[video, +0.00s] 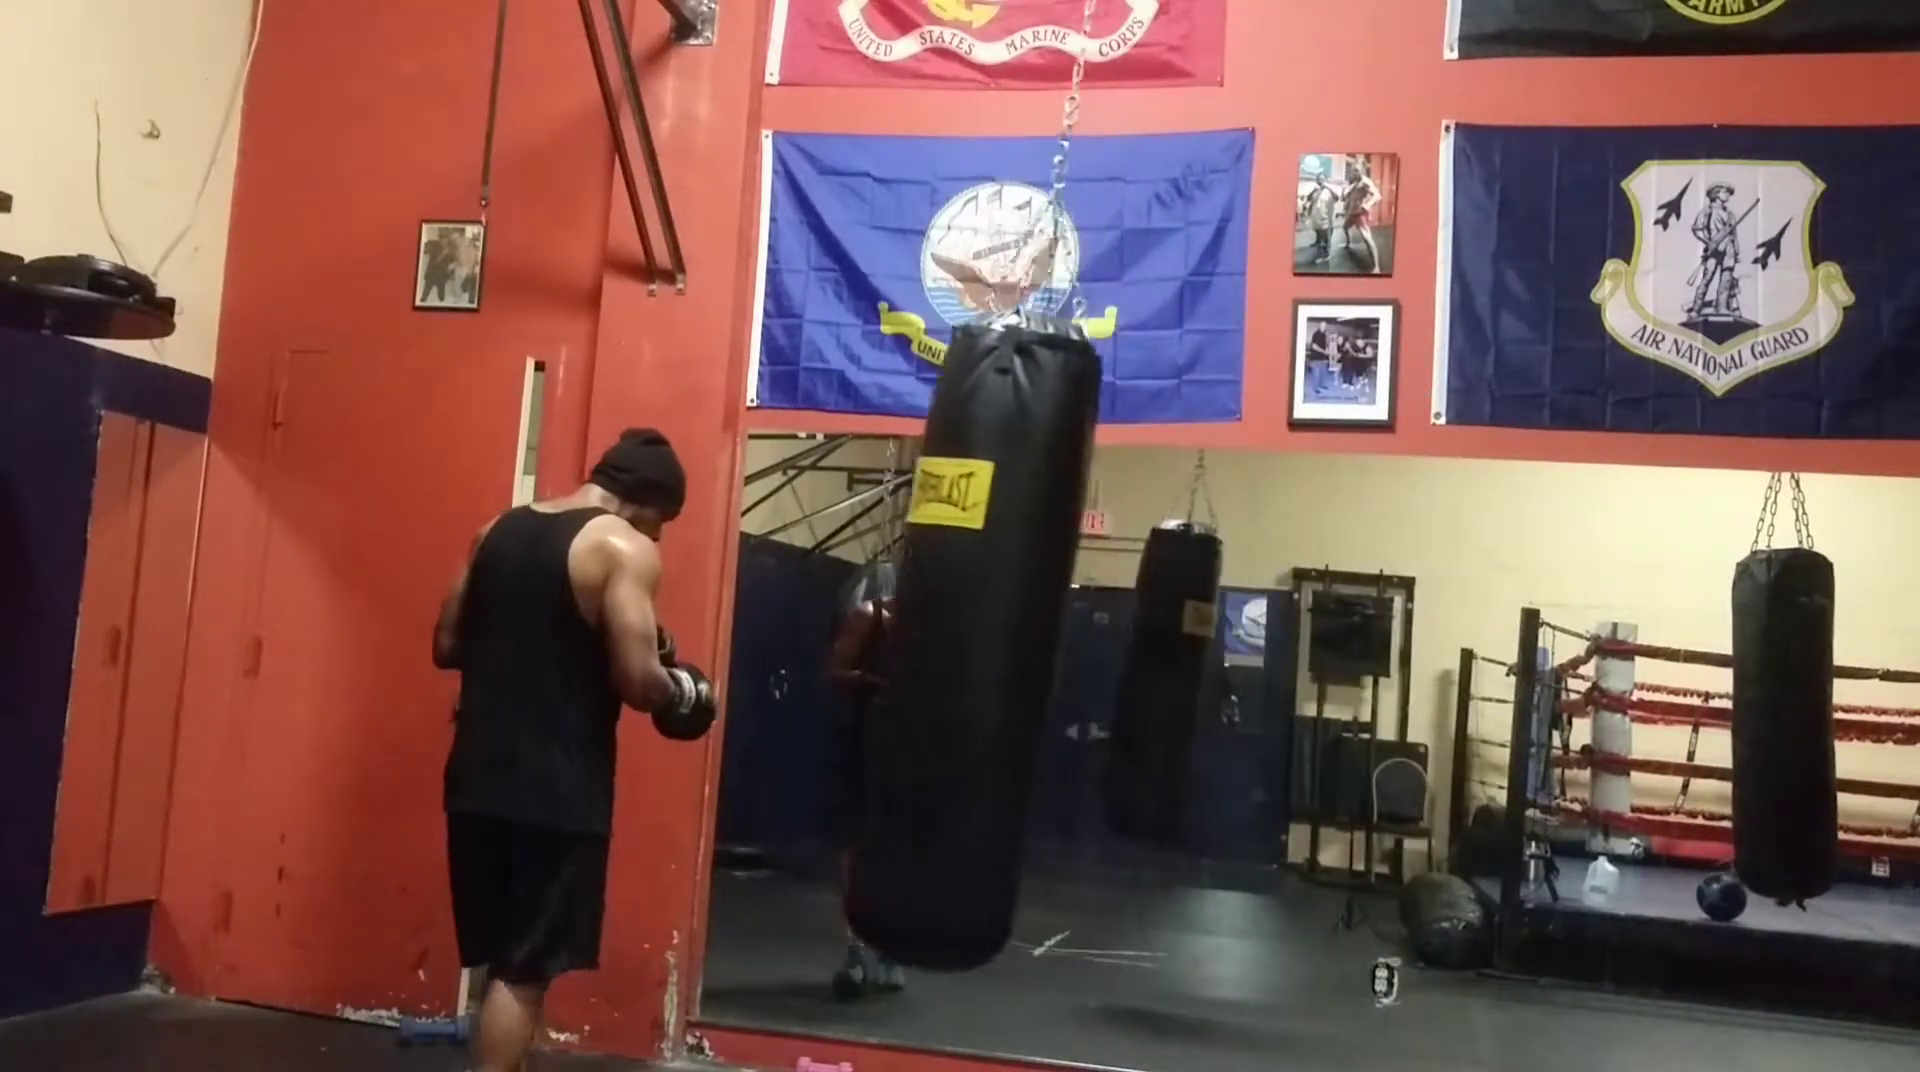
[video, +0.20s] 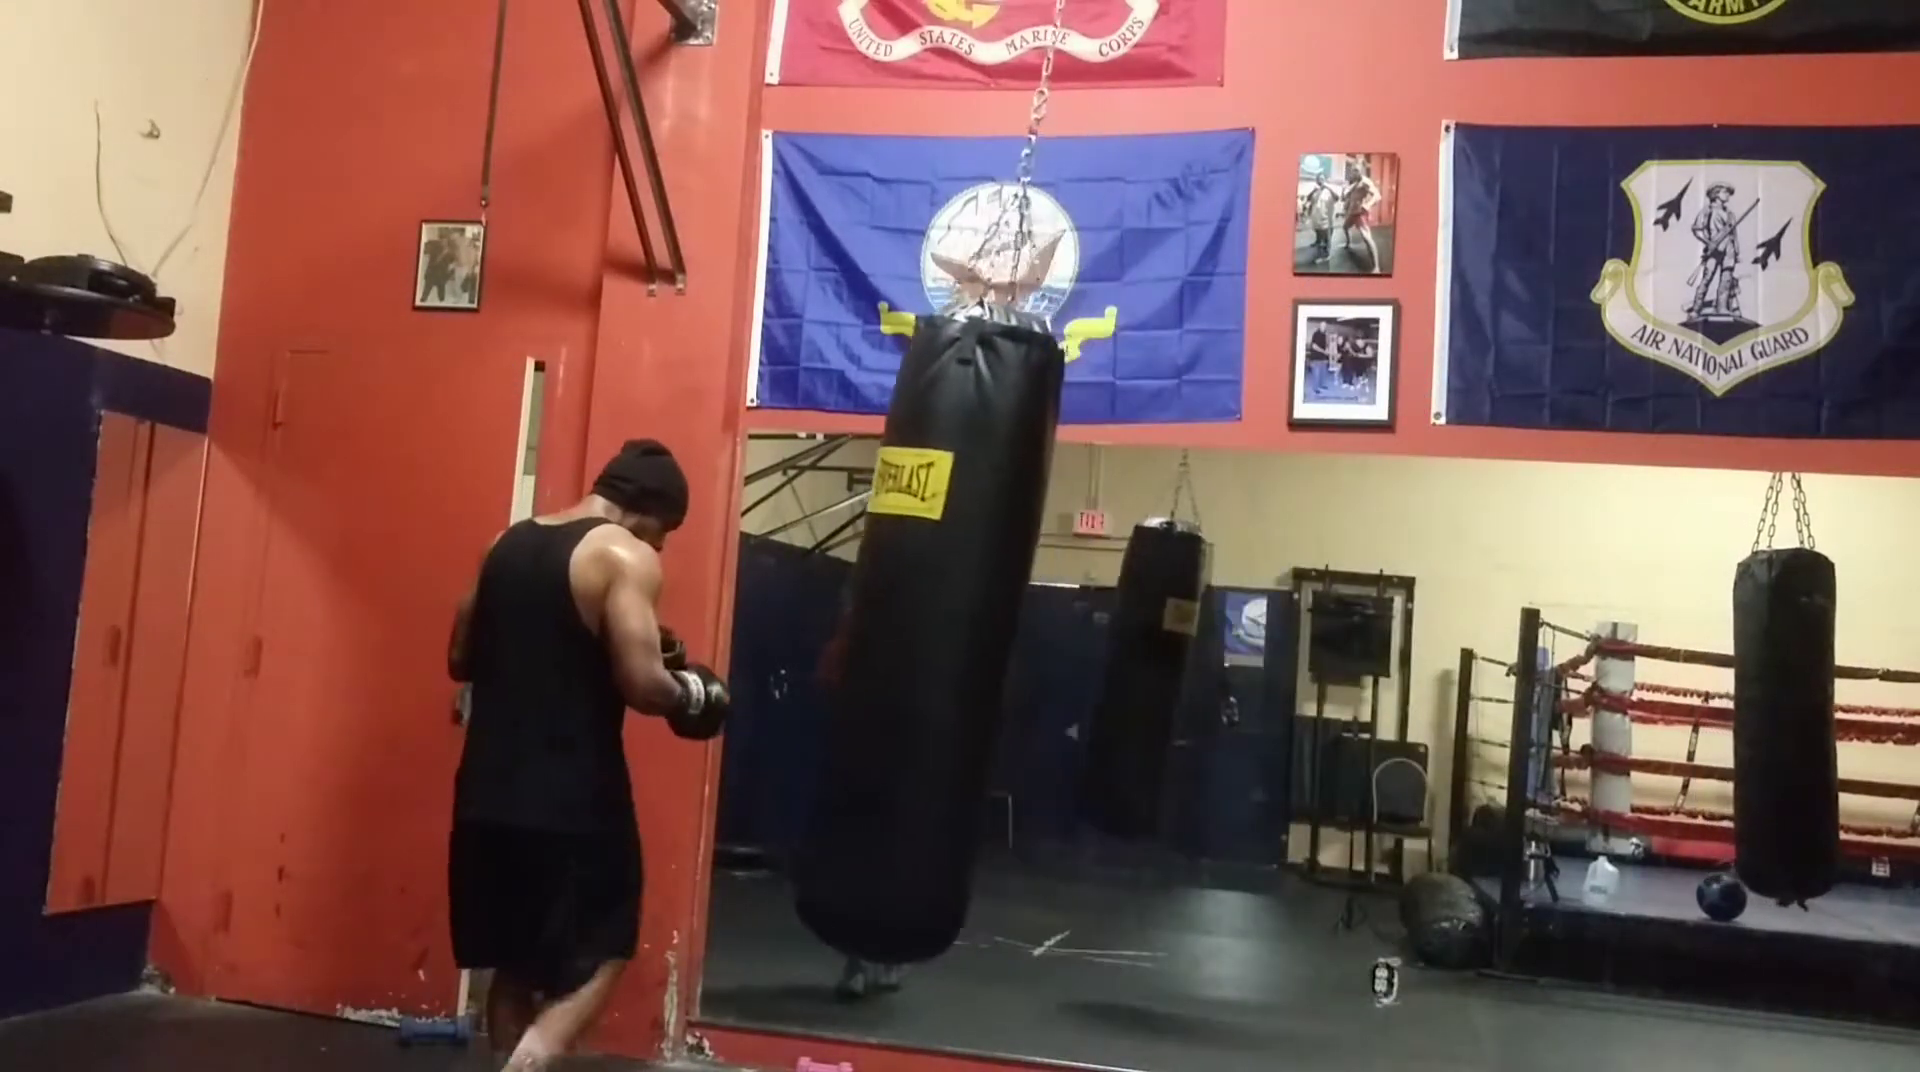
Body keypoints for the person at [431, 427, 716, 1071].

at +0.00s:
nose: (655, 533)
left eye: (661, 521)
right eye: (660, 519)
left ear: (601, 478)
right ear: (648, 498)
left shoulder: (504, 526)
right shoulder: (626, 547)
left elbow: (447, 647)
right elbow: (637, 676)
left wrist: (535, 639)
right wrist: (677, 692)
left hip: (479, 777)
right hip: (558, 791)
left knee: (500, 966)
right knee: (521, 975)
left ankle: (511, 1060)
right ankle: (493, 1066)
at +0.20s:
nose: (659, 543)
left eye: (665, 531)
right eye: (663, 529)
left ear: (602, 491)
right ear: (648, 508)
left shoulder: (512, 541)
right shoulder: (626, 555)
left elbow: (461, 661)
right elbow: (642, 680)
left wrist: (555, 641)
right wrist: (687, 695)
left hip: (490, 786)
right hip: (576, 791)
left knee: (512, 961)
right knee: (605, 950)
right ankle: (525, 1061)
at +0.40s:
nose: (674, 542)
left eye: (681, 530)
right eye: (678, 528)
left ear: (620, 492)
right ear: (659, 508)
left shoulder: (532, 540)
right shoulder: (635, 554)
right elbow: (647, 672)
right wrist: (698, 692)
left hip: (508, 766)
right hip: (591, 771)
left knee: (528, 933)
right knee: (664, 919)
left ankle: (514, 1063)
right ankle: (589, 1052)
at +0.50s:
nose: (688, 539)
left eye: (695, 527)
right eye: (692, 525)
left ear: (634, 489)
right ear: (674, 507)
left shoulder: (551, 538)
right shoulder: (640, 550)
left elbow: (566, 644)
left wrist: (660, 636)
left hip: (518, 767)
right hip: (599, 774)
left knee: (527, 943)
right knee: (655, 932)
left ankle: (513, 1065)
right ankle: (646, 1064)